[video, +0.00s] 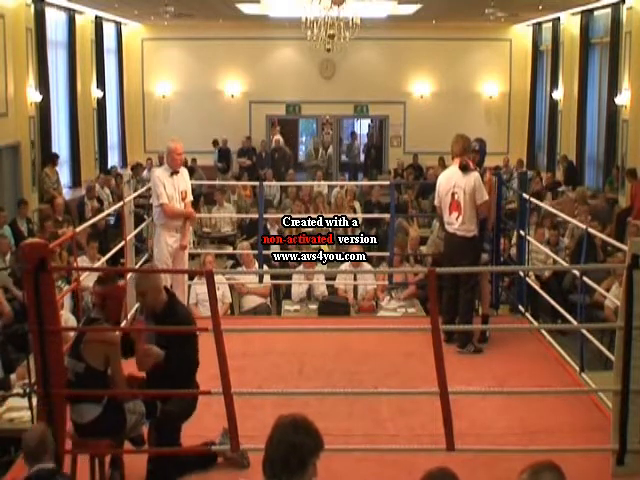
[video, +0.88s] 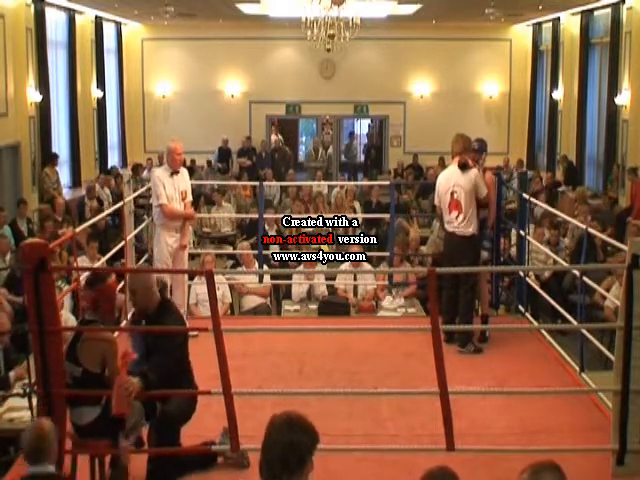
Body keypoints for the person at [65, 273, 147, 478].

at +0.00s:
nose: (123, 306)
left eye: (123, 299)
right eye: (120, 299)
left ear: (97, 300)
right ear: (107, 301)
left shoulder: (86, 325)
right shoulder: (109, 334)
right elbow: (120, 390)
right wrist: (138, 393)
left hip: (79, 421)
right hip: (98, 423)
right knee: (138, 406)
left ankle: (116, 463)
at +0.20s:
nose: (123, 305)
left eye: (122, 298)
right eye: (118, 299)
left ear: (97, 301)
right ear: (104, 302)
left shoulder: (86, 326)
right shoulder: (108, 334)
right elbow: (120, 390)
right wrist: (138, 390)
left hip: (80, 421)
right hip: (98, 423)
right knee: (138, 407)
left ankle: (116, 463)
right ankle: (115, 464)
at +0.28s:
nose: (119, 304)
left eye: (119, 298)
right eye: (113, 299)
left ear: (95, 302)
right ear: (97, 300)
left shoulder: (86, 326)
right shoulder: (107, 336)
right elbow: (119, 391)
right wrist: (138, 391)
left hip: (80, 421)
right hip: (97, 423)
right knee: (141, 407)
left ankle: (116, 464)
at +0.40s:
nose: (119, 303)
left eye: (118, 296)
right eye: (114, 298)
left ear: (94, 301)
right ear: (100, 301)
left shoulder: (84, 327)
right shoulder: (107, 339)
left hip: (79, 421)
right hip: (98, 423)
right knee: (138, 407)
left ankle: (116, 462)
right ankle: (115, 463)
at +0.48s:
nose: (120, 302)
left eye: (118, 296)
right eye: (114, 297)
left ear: (94, 301)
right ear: (99, 301)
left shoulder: (84, 327)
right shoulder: (107, 339)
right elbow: (115, 387)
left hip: (79, 420)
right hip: (96, 423)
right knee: (137, 407)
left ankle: (116, 462)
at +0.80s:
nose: (118, 302)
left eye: (117, 296)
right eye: (114, 297)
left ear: (92, 302)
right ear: (104, 302)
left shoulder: (80, 331)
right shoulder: (107, 340)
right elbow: (115, 383)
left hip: (78, 421)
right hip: (96, 424)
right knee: (137, 407)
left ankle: (116, 461)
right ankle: (134, 433)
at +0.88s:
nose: (118, 301)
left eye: (116, 295)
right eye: (114, 296)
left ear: (91, 302)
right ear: (103, 302)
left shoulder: (81, 330)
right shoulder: (106, 339)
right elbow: (115, 383)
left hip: (78, 419)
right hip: (95, 423)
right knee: (137, 410)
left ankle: (118, 463)